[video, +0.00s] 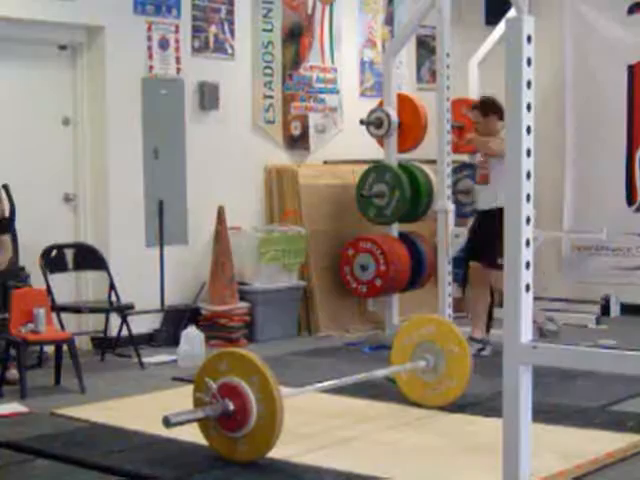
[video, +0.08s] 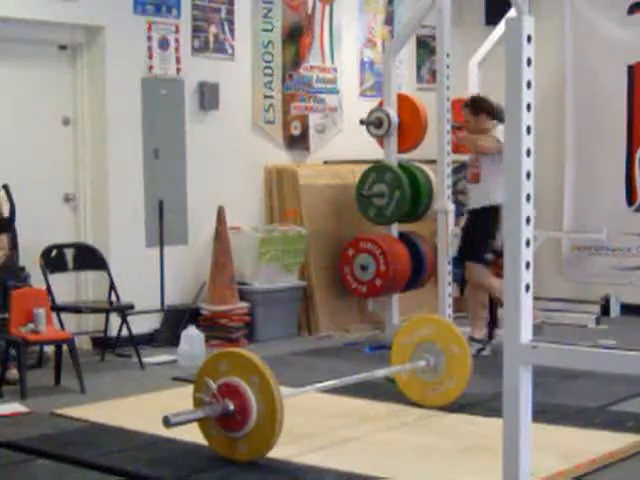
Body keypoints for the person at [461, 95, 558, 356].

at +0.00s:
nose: (474, 126)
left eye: (478, 120)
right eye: (474, 121)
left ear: (494, 119)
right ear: (490, 121)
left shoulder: (509, 142)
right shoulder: (487, 145)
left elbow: (493, 147)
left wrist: (473, 139)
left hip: (503, 211)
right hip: (484, 212)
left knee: (497, 276)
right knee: (477, 274)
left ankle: (537, 320)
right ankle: (478, 334)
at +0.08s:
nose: (466, 123)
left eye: (469, 118)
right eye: (466, 118)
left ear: (483, 117)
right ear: (483, 119)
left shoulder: (497, 138)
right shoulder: (481, 143)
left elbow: (485, 146)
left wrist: (465, 136)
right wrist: (466, 214)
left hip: (491, 206)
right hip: (477, 208)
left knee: (473, 268)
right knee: (475, 273)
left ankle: (515, 303)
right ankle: (478, 331)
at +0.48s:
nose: (413, 130)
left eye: (415, 125)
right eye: (412, 126)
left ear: (429, 120)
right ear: (425, 123)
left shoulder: (453, 137)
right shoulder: (428, 141)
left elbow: (441, 155)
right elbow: (398, 150)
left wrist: (418, 145)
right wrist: (383, 133)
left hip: (449, 208)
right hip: (432, 209)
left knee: (423, 273)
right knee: (454, 274)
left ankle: (418, 337)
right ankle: (476, 333)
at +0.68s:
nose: (383, 128)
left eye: (387, 122)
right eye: (382, 123)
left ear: (403, 118)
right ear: (397, 119)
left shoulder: (420, 137)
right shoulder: (393, 141)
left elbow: (430, 177)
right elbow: (392, 171)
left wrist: (391, 182)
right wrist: (380, 189)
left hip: (418, 206)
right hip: (401, 206)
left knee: (402, 275)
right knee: (411, 276)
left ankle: (398, 344)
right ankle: (455, 319)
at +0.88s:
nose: (363, 126)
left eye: (366, 120)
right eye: (363, 121)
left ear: (383, 116)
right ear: (376, 117)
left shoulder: (398, 136)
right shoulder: (378, 140)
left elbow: (404, 179)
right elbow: (375, 176)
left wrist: (372, 187)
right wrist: (366, 190)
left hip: (397, 209)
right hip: (379, 209)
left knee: (395, 282)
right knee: (375, 275)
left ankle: (400, 345)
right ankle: (391, 338)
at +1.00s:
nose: (351, 126)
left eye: (355, 120)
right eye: (350, 120)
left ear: (373, 117)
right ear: (364, 117)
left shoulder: (385, 139)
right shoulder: (367, 142)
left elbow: (383, 179)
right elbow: (362, 177)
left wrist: (356, 187)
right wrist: (360, 187)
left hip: (387, 207)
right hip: (367, 207)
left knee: (389, 272)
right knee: (349, 263)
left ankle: (395, 335)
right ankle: (367, 316)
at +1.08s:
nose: (333, 127)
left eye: (337, 121)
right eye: (331, 121)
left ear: (354, 118)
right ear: (343, 120)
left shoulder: (369, 138)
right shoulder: (345, 143)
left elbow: (362, 179)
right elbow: (343, 179)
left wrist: (334, 195)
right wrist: (338, 192)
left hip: (373, 210)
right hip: (350, 211)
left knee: (380, 279)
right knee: (339, 276)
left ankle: (393, 341)